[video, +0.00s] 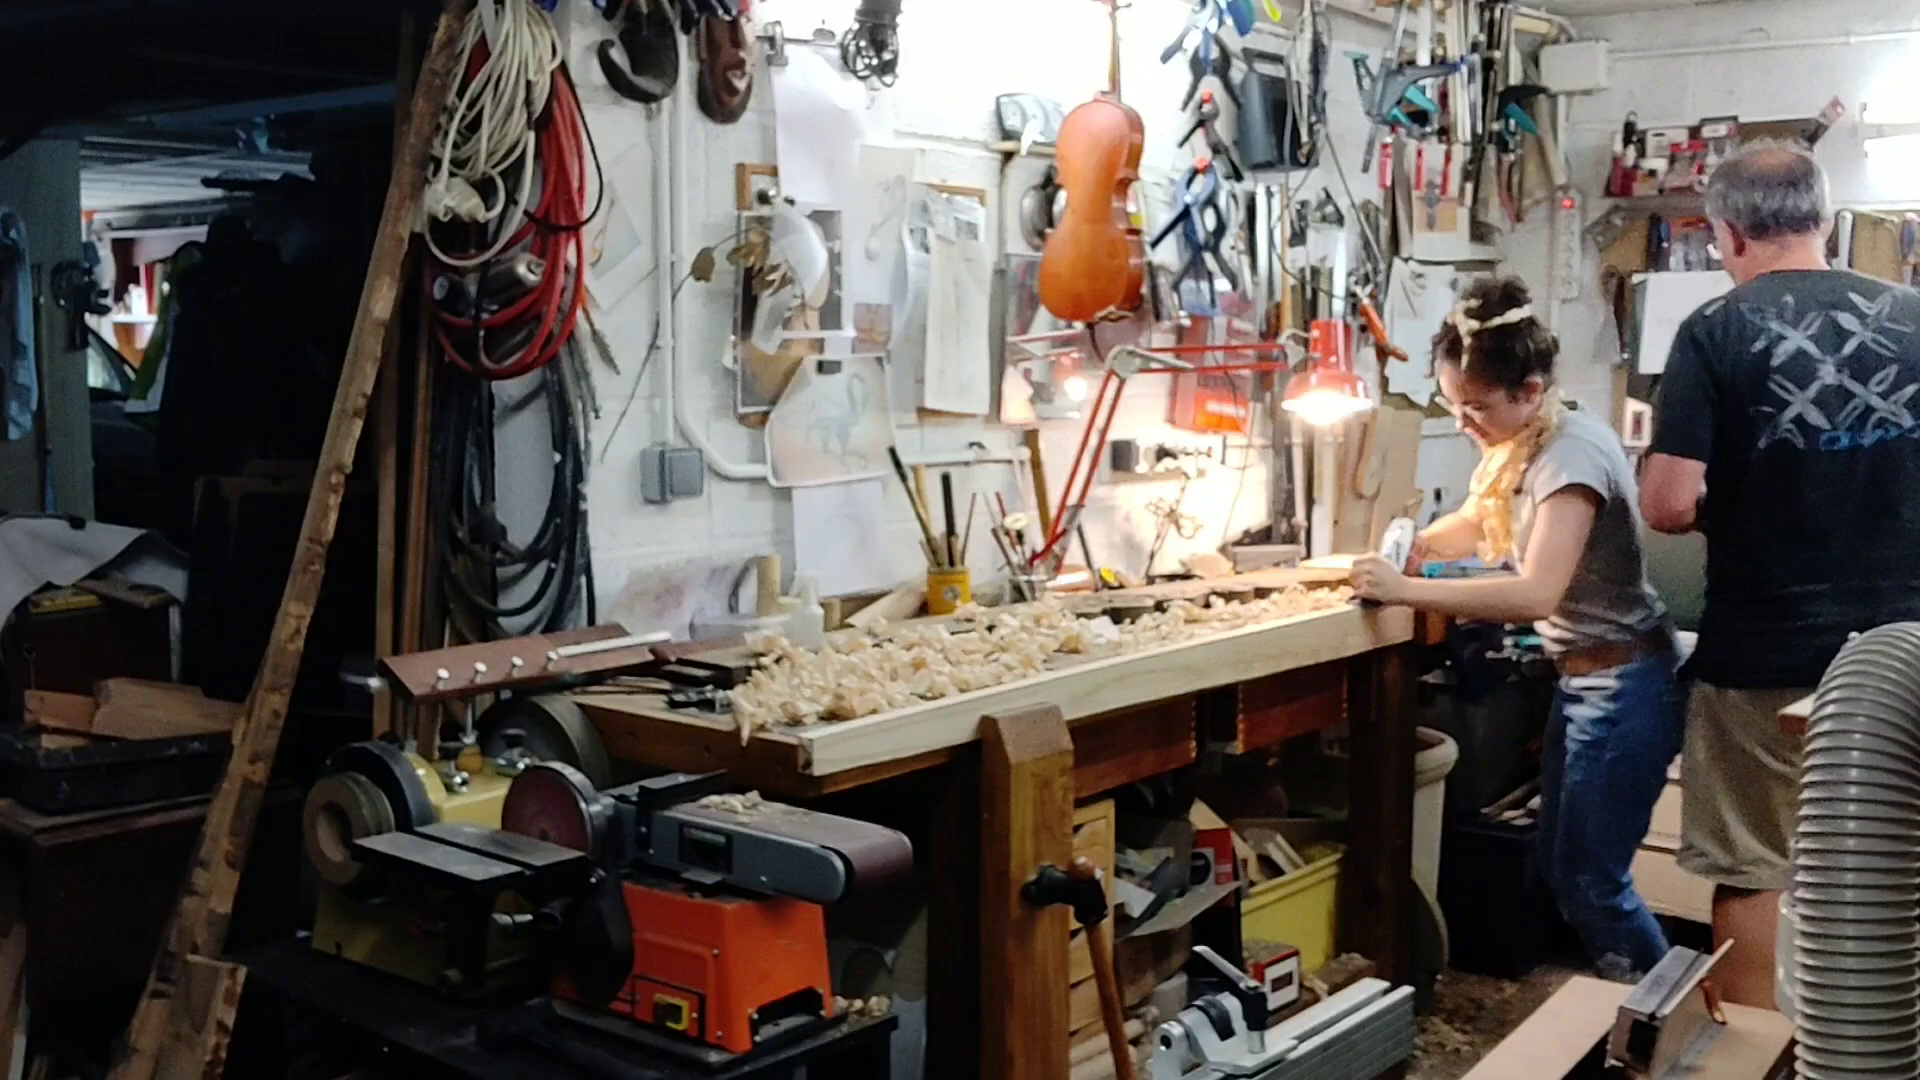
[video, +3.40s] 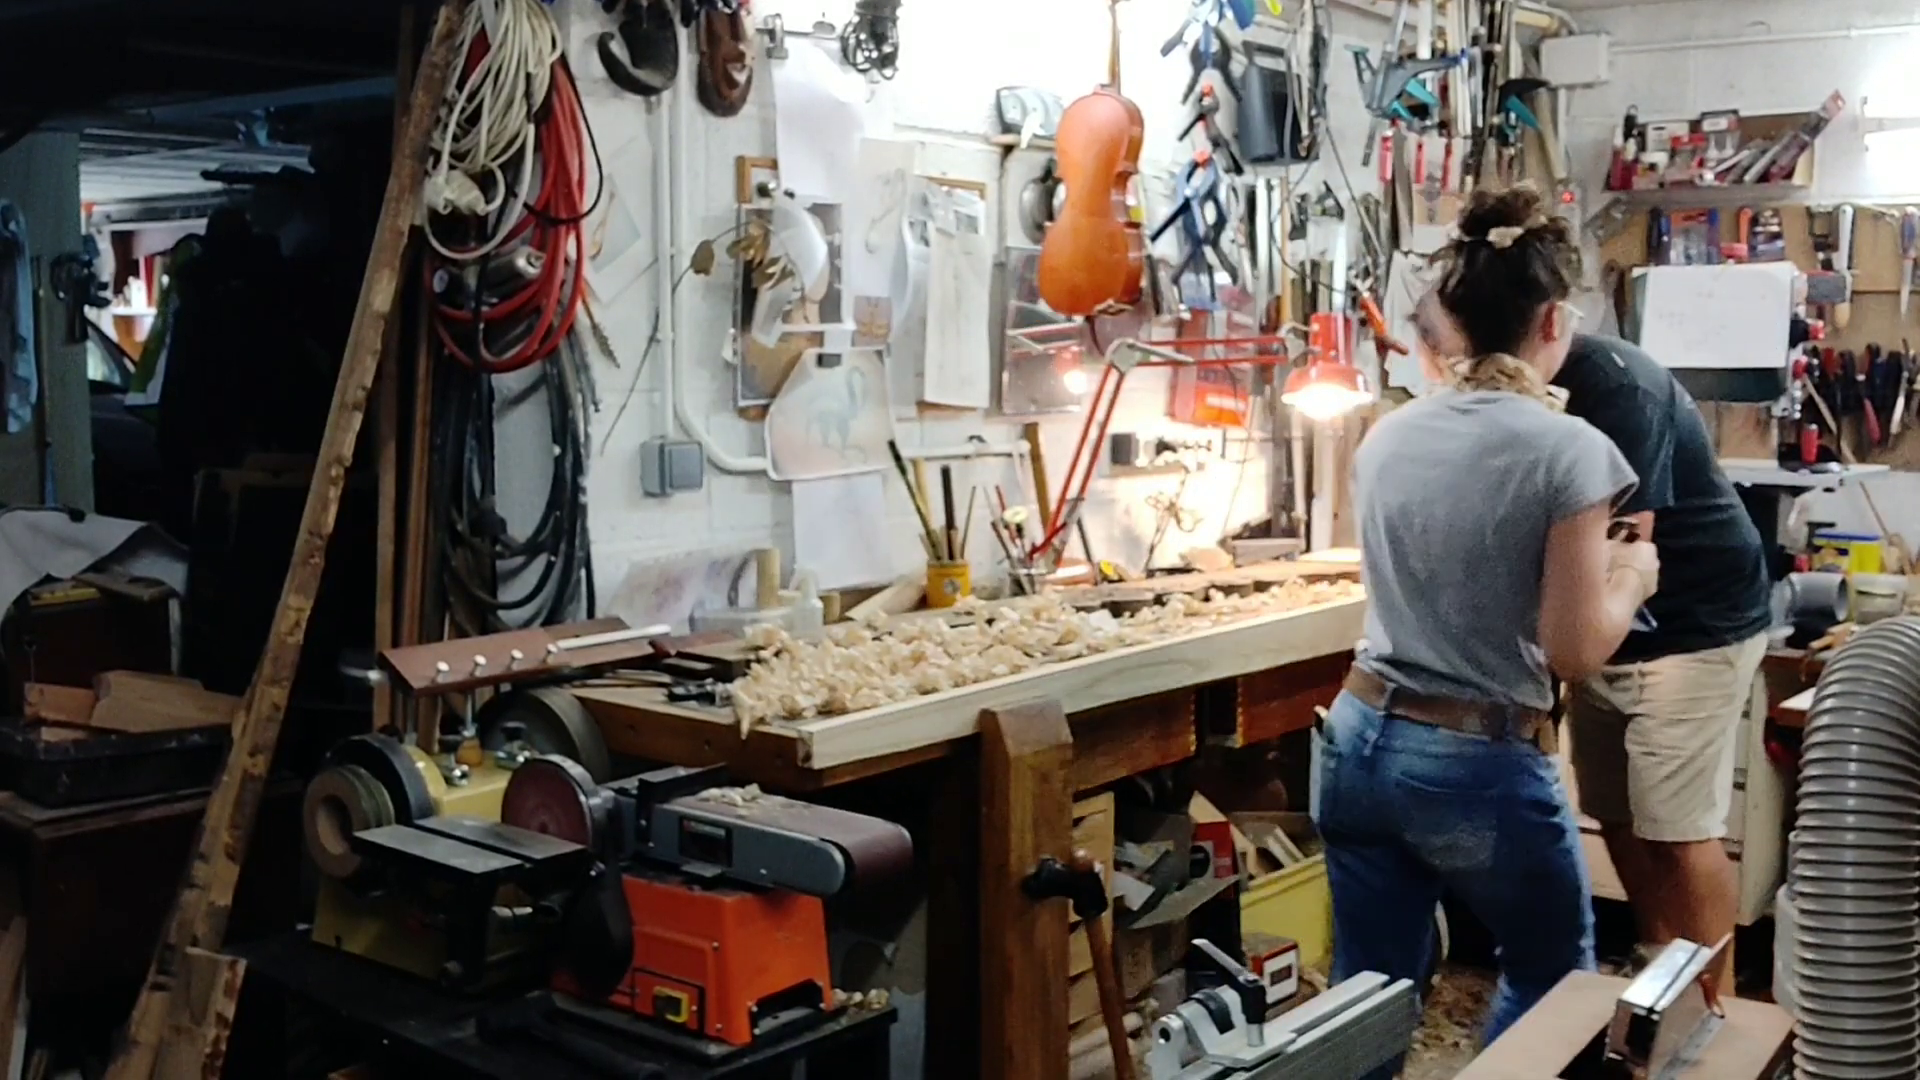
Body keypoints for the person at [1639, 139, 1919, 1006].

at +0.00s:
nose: (1718, 253)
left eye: (1716, 237)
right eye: (1715, 238)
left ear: (1732, 235)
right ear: (1824, 224)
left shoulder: (1718, 328)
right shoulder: (1909, 312)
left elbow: (1667, 505)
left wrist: (1739, 486)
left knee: (1753, 878)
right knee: (1890, 874)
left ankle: (1751, 1065)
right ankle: (1877, 1059)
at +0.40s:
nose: (1729, 264)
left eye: (1731, 241)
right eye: (1724, 245)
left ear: (1785, 228)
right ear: (1808, 229)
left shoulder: (1825, 319)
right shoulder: (1890, 306)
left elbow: (1810, 483)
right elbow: (1854, 469)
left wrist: (1705, 492)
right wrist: (1736, 468)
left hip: (1803, 654)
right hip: (1880, 646)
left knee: (1763, 856)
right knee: (1856, 851)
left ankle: (1784, 1024)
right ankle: (1845, 1027)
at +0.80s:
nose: (1679, 261)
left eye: (1688, 238)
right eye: (1676, 242)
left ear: (1753, 226)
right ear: (1753, 231)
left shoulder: (1821, 317)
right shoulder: (1764, 320)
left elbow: (1845, 478)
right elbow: (1763, 461)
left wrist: (1686, 475)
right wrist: (1671, 457)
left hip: (1780, 648)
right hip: (1730, 636)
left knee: (1753, 841)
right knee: (1714, 808)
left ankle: (1780, 995)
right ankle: (1767, 967)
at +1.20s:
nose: (1627, 258)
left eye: (1644, 238)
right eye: (1617, 241)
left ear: (1706, 229)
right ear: (1612, 245)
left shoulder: (1791, 316)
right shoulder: (1642, 329)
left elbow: (1861, 457)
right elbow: (1618, 435)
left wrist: (1717, 469)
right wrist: (1590, 455)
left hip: (1747, 634)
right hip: (1642, 624)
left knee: (1746, 828)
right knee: (1659, 810)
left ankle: (1767, 1003)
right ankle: (1675, 975)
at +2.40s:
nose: (1587, 281)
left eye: (1600, 259)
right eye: (1578, 265)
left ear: (1661, 242)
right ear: (1577, 260)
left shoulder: (1736, 325)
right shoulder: (1604, 339)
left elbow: (1725, 477)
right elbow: (1583, 457)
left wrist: (1579, 509)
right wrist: (1547, 491)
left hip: (1727, 631)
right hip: (1625, 623)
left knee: (1742, 822)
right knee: (1649, 805)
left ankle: (1755, 1001)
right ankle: (1673, 968)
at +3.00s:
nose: (1488, 373)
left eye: (1495, 354)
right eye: (1478, 359)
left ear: (1549, 322)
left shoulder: (1639, 375)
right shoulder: (1538, 395)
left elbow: (1663, 537)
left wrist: (1546, 554)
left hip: (1705, 629)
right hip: (1607, 630)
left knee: (1695, 816)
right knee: (1608, 807)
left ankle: (1754, 999)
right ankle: (1664, 963)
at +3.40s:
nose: (1478, 367)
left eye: (1502, 347)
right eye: (1468, 349)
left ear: (1551, 324)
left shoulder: (1620, 389)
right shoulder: (1500, 390)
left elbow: (1628, 555)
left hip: (1700, 623)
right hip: (1596, 628)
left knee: (1676, 830)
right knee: (1621, 825)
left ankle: (1713, 1014)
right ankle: (1666, 995)